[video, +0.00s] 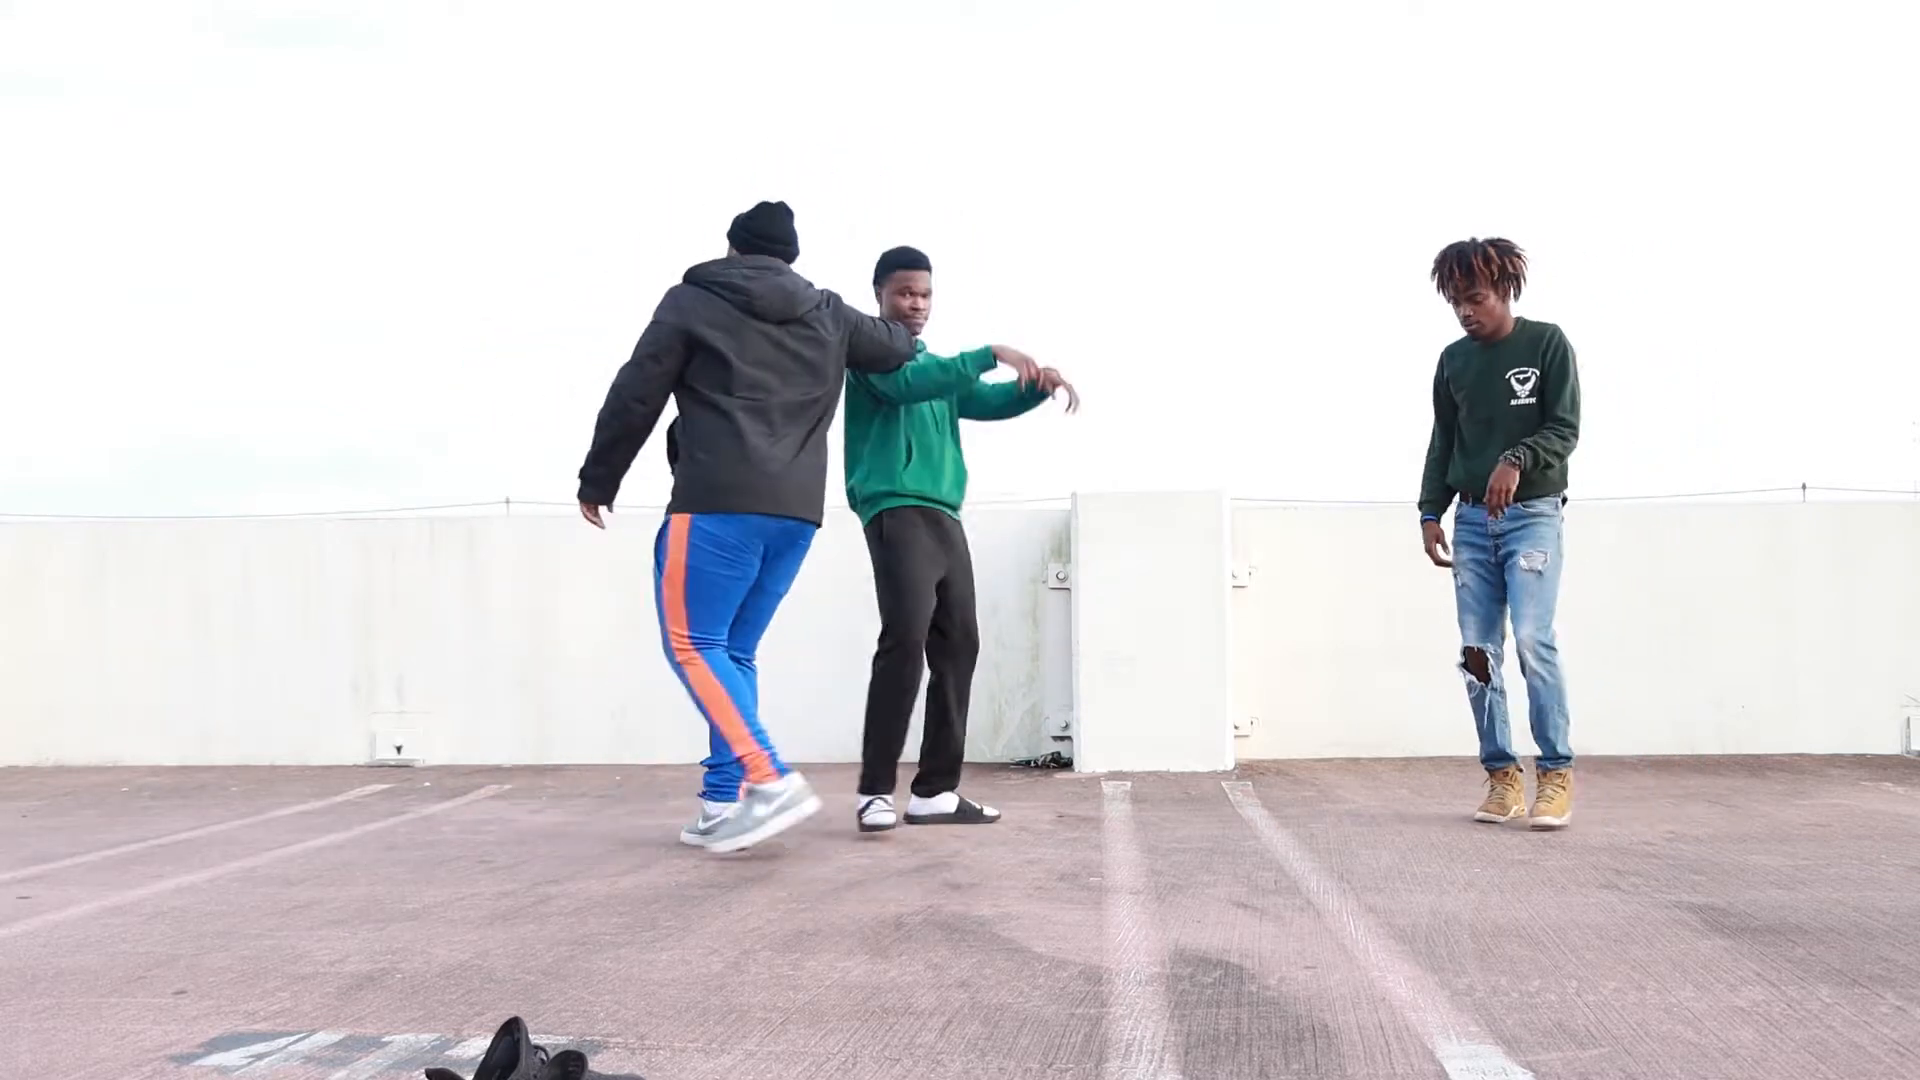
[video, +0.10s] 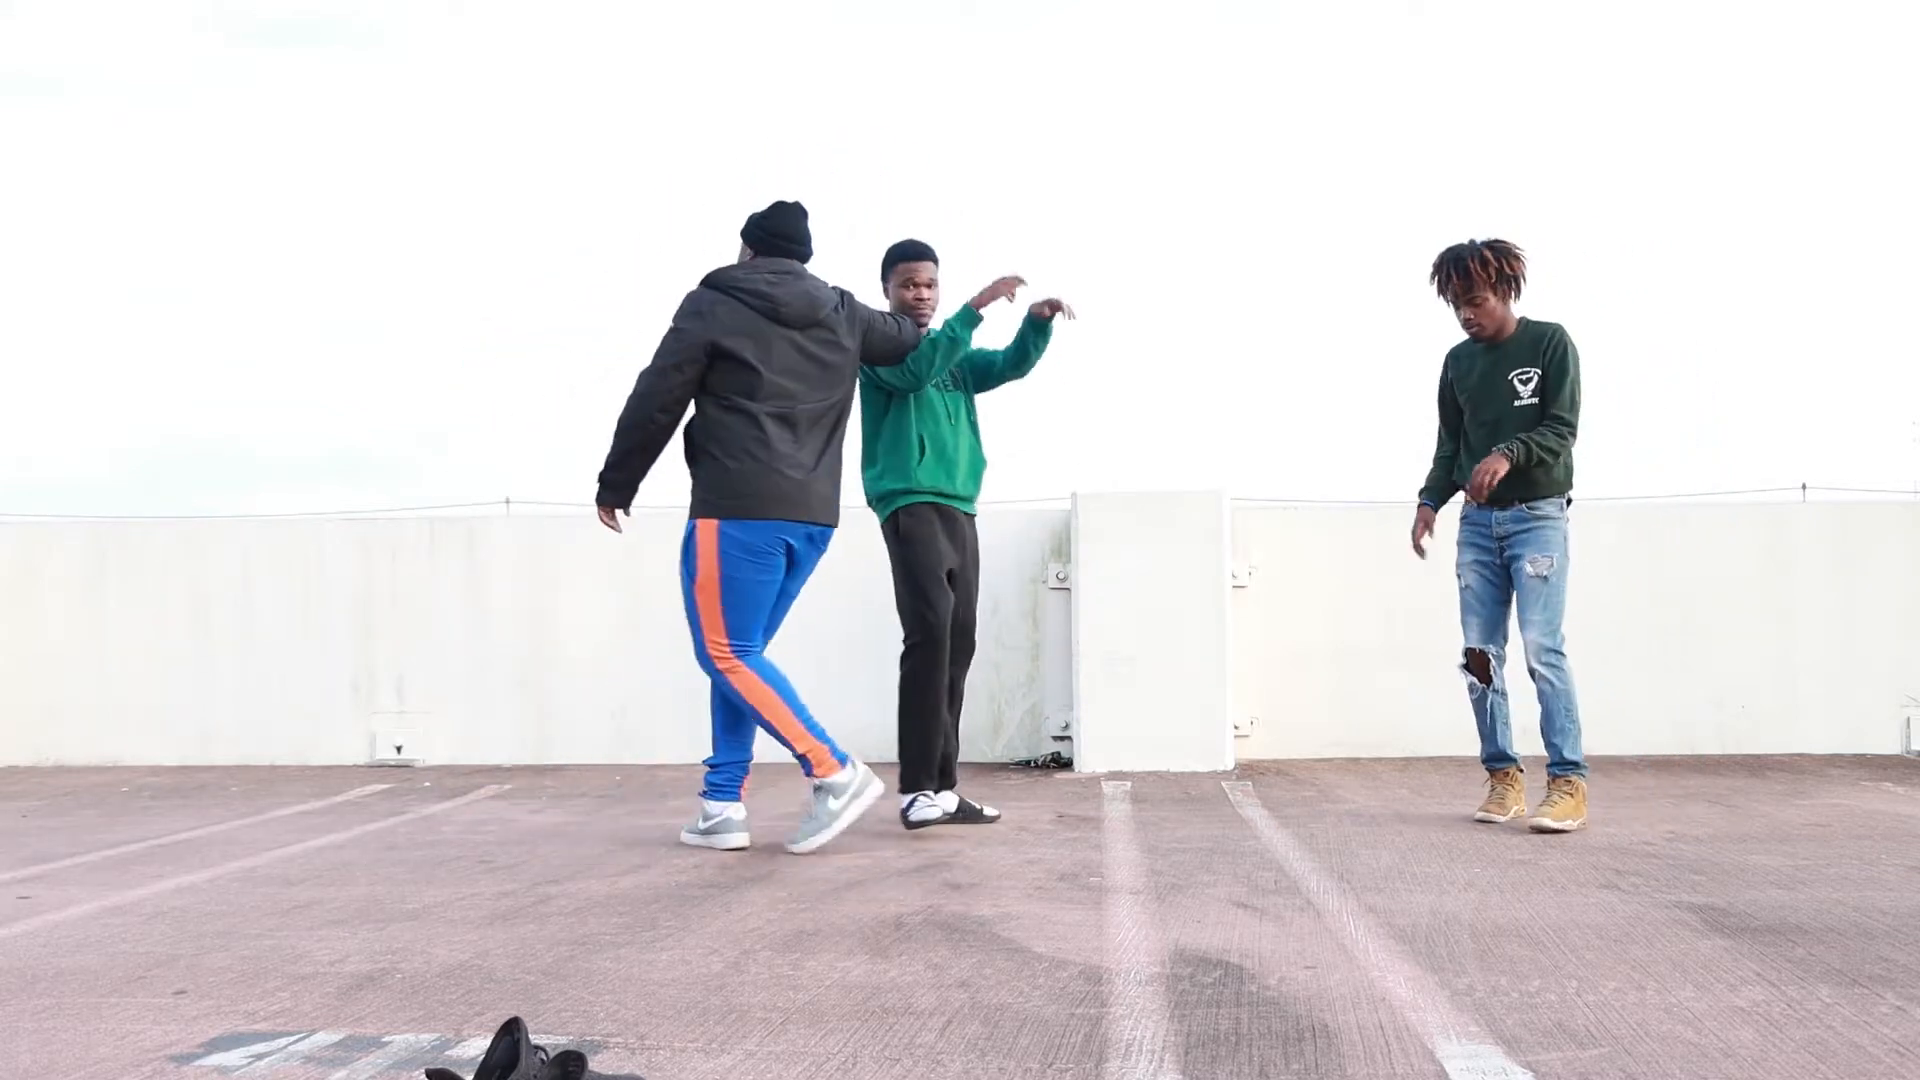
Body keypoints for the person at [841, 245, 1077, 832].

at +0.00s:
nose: (916, 304)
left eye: (924, 295)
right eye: (904, 294)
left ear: (931, 300)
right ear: (879, 295)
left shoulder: (936, 367)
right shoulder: (867, 348)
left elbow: (983, 401)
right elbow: (898, 385)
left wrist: (1036, 386)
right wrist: (991, 354)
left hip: (947, 519)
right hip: (900, 513)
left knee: (959, 647)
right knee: (904, 641)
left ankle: (934, 792)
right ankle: (877, 792)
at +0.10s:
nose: (922, 294)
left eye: (930, 285)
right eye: (908, 285)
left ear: (938, 291)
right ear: (886, 290)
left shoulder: (951, 354)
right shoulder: (876, 341)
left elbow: (1009, 363)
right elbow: (912, 370)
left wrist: (1036, 323)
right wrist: (976, 307)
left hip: (959, 509)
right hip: (911, 504)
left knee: (959, 641)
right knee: (931, 632)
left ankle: (944, 790)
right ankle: (918, 792)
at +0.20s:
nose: (929, 291)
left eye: (937, 281)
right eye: (916, 281)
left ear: (948, 288)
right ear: (893, 288)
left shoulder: (958, 344)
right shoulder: (885, 340)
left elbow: (1014, 343)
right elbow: (920, 374)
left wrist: (1019, 294)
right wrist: (952, 293)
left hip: (973, 506)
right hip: (926, 503)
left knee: (962, 640)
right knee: (956, 634)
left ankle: (929, 788)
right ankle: (949, 791)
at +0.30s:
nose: (933, 299)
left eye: (941, 288)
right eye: (920, 289)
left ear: (956, 290)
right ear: (899, 296)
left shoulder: (965, 346)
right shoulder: (895, 352)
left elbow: (1015, 347)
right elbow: (924, 384)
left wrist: (1006, 310)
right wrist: (944, 307)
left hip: (992, 508)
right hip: (945, 507)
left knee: (967, 639)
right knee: (978, 633)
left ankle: (931, 787)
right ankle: (993, 790)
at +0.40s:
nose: (940, 308)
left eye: (948, 298)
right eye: (927, 298)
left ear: (960, 302)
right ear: (905, 304)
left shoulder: (976, 346)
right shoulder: (906, 361)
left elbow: (1026, 369)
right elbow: (923, 411)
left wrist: (992, 349)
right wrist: (959, 345)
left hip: (1009, 514)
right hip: (959, 515)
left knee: (998, 651)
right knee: (1000, 643)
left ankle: (937, 788)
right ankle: (1012, 797)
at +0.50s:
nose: (944, 323)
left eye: (952, 312)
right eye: (932, 313)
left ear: (964, 315)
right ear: (912, 318)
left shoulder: (988, 358)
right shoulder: (911, 378)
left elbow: (1035, 394)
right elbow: (929, 444)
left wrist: (1000, 420)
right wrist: (971, 398)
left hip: (1021, 522)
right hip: (969, 524)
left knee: (1021, 658)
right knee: (1022, 647)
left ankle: (938, 789)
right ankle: (1016, 800)